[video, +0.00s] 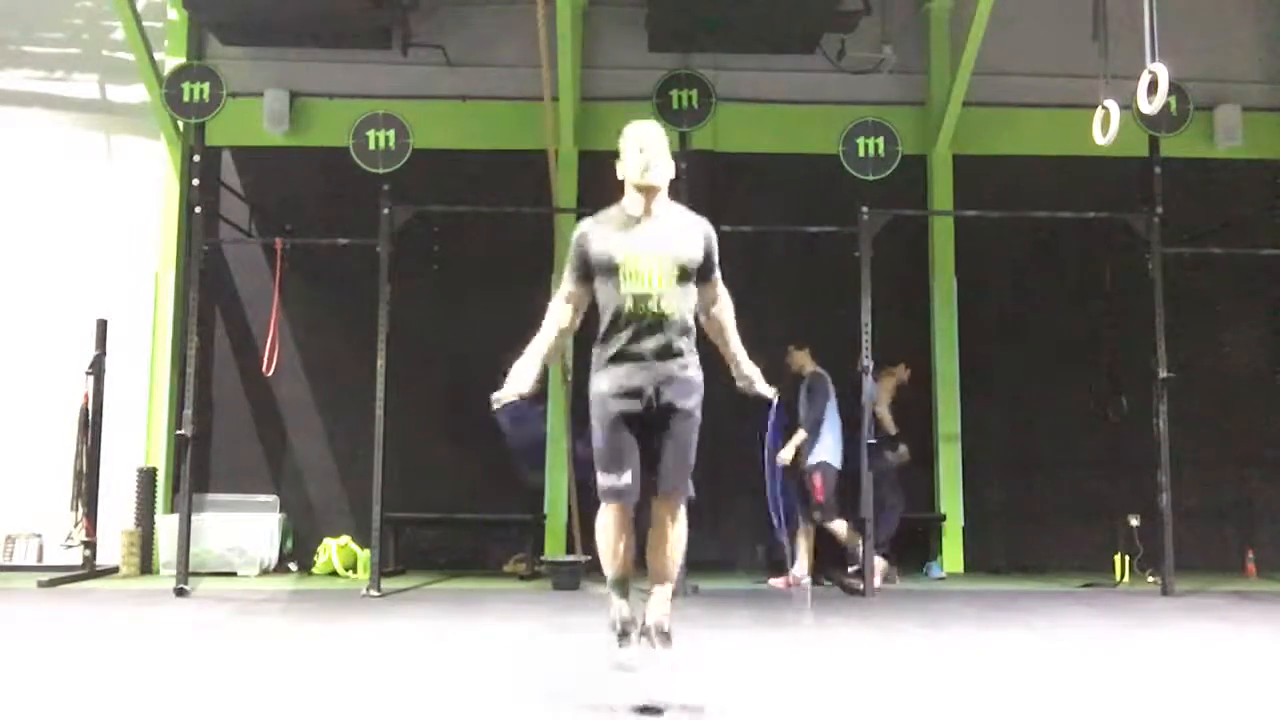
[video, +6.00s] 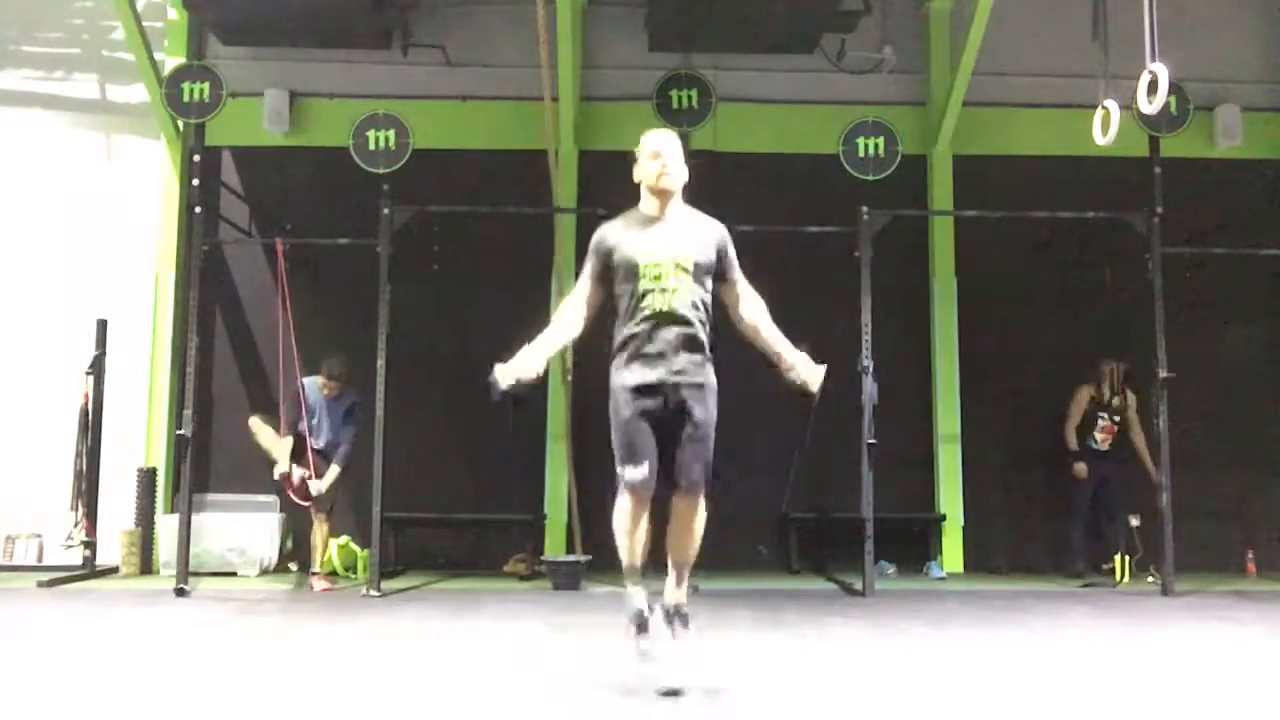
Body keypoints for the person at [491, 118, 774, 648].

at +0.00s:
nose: (647, 161)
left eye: (656, 153)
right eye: (637, 153)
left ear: (672, 163)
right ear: (619, 165)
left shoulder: (697, 232)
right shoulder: (592, 233)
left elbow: (713, 304)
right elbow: (567, 307)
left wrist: (742, 366)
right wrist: (528, 364)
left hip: (680, 379)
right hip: (615, 380)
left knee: (672, 496)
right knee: (617, 495)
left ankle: (659, 613)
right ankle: (620, 605)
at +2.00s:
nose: (644, 190)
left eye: (651, 180)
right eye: (634, 180)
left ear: (664, 188)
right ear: (618, 189)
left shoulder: (693, 252)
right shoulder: (593, 255)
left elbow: (721, 329)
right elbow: (564, 336)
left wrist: (763, 386)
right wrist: (517, 388)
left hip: (677, 399)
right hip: (615, 398)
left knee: (670, 517)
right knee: (612, 514)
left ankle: (660, 623)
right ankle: (614, 629)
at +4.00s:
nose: (651, 191)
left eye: (657, 183)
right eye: (641, 183)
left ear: (671, 191)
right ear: (622, 193)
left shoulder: (695, 254)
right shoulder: (597, 255)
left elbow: (712, 317)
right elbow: (568, 321)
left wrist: (760, 366)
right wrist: (513, 362)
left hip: (679, 398)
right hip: (616, 399)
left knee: (672, 516)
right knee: (618, 512)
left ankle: (660, 625)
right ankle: (619, 623)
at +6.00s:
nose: (663, 165)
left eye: (671, 157)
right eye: (653, 157)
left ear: (685, 169)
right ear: (637, 169)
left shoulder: (712, 233)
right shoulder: (611, 236)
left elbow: (745, 305)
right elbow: (578, 308)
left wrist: (794, 359)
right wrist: (530, 357)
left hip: (694, 373)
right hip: (633, 373)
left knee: (691, 487)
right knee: (638, 482)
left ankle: (676, 599)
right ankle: (635, 597)